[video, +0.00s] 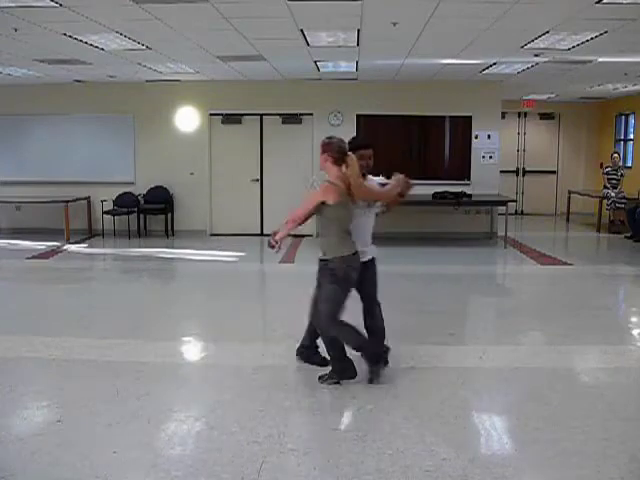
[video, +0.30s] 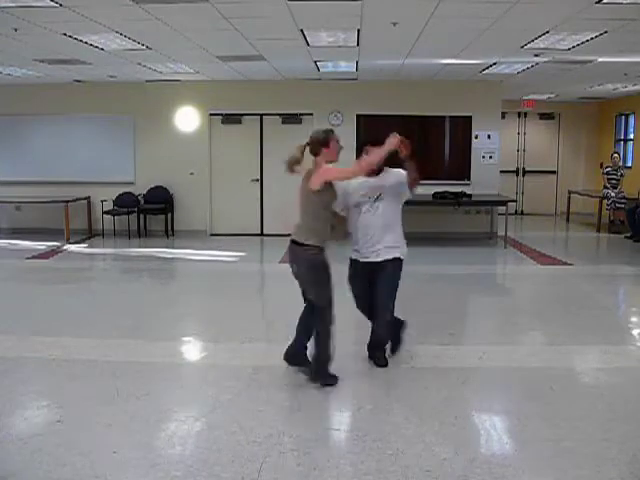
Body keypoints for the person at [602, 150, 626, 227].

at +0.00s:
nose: (615, 160)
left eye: (616, 158)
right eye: (613, 158)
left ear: (619, 159)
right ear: (611, 160)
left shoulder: (621, 170)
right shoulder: (606, 169)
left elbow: (621, 183)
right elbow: (605, 182)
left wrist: (617, 190)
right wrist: (611, 189)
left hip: (617, 188)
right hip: (608, 188)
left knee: (622, 196)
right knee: (611, 196)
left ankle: (621, 216)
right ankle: (611, 216)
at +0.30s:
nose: (615, 160)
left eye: (616, 158)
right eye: (613, 158)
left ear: (619, 160)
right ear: (611, 160)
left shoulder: (621, 170)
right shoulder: (606, 169)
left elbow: (621, 184)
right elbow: (605, 182)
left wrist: (617, 190)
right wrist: (611, 190)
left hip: (617, 188)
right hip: (608, 188)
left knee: (622, 196)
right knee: (611, 195)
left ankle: (621, 216)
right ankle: (611, 215)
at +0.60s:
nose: (615, 160)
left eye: (616, 158)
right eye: (613, 158)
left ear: (619, 160)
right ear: (611, 160)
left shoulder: (621, 170)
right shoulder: (606, 169)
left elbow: (621, 184)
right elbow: (605, 182)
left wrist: (617, 190)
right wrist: (611, 190)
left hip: (617, 188)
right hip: (608, 188)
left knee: (622, 196)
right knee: (611, 196)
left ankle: (621, 216)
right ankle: (611, 215)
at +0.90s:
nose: (615, 160)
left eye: (616, 158)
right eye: (613, 158)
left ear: (619, 160)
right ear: (611, 160)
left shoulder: (621, 170)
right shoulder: (606, 169)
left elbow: (621, 184)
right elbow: (605, 182)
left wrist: (617, 190)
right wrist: (611, 190)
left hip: (617, 188)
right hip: (608, 188)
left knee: (622, 196)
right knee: (611, 196)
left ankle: (621, 216)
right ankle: (611, 215)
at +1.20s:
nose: (615, 160)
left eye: (616, 158)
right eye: (613, 158)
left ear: (619, 160)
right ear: (611, 160)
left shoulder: (621, 170)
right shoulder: (606, 169)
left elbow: (621, 184)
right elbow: (605, 182)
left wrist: (617, 191)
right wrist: (611, 190)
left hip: (617, 188)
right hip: (608, 188)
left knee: (622, 196)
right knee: (611, 195)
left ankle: (621, 216)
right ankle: (611, 215)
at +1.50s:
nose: (615, 160)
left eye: (616, 158)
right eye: (613, 158)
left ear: (619, 160)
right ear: (611, 160)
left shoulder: (621, 170)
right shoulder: (606, 169)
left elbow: (621, 183)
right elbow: (605, 182)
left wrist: (617, 191)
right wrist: (611, 190)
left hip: (617, 188)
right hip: (608, 188)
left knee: (622, 196)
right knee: (611, 195)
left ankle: (621, 216)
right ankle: (611, 215)